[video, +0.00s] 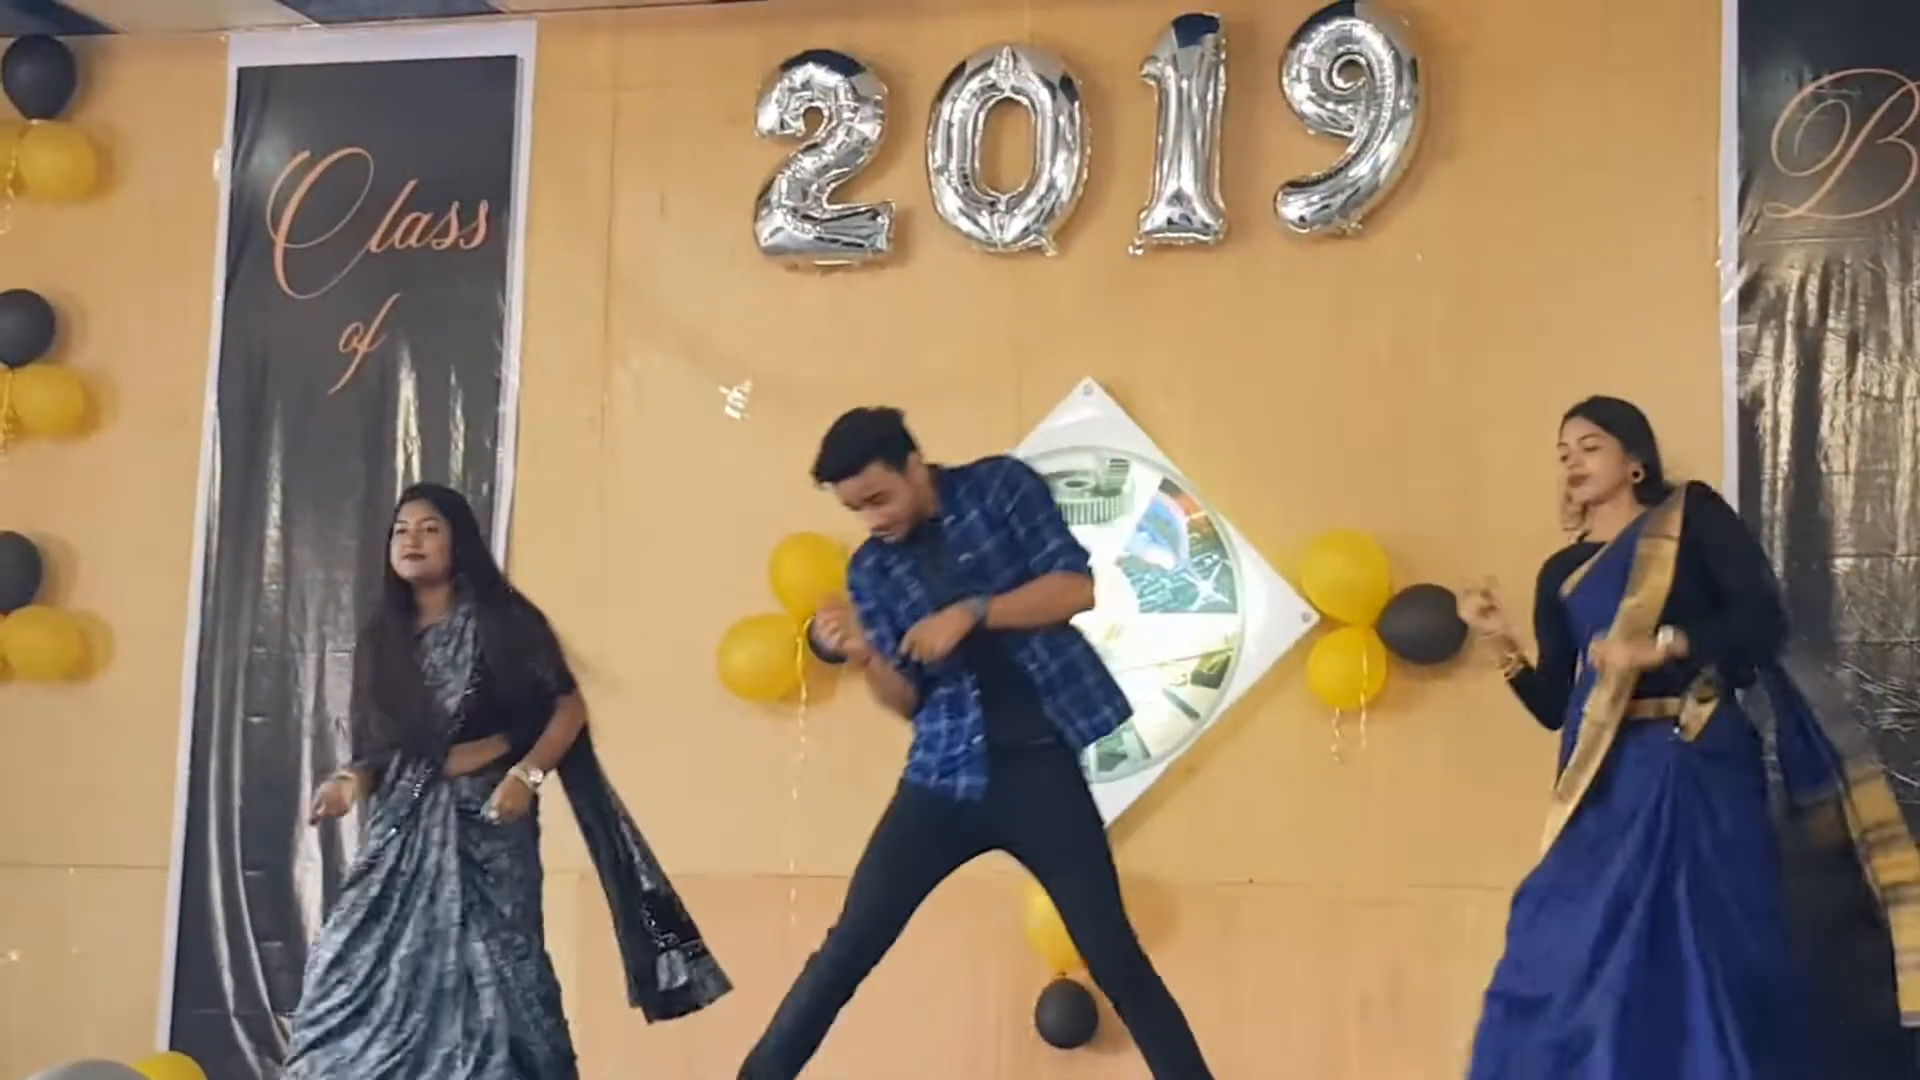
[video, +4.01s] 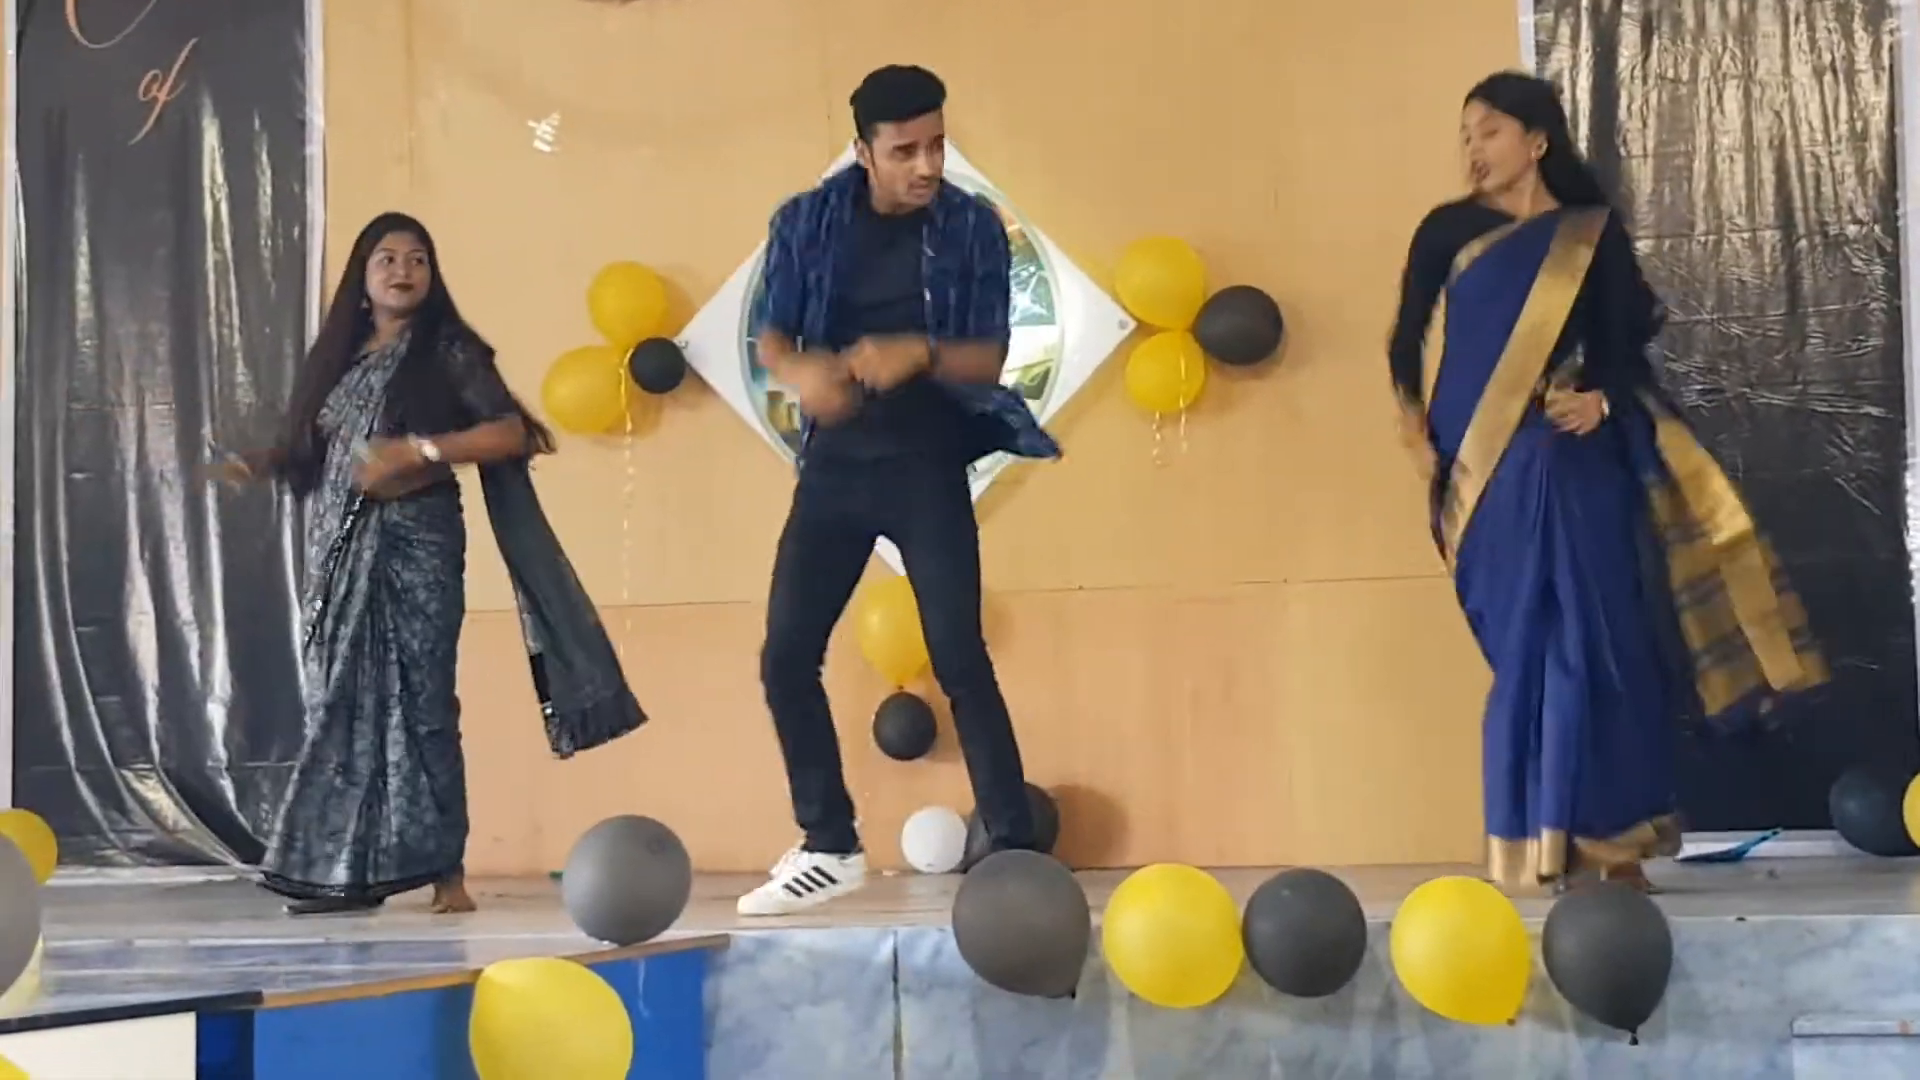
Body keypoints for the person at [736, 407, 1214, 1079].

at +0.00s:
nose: (872, 521)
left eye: (878, 500)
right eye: (855, 509)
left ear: (917, 466)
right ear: (843, 502)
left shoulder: (1002, 486)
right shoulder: (871, 569)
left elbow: (1075, 589)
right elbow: (907, 702)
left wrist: (971, 613)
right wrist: (864, 656)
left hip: (1039, 769)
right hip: (943, 777)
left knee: (1115, 962)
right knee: (850, 949)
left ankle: (1191, 1076)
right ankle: (758, 1076)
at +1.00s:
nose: (846, 80)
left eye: (868, 72)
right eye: (851, 65)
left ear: (915, 98)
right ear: (876, 85)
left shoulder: (907, 177)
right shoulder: (867, 179)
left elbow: (875, 320)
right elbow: (826, 317)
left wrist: (834, 241)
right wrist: (779, 289)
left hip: (860, 451)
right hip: (824, 451)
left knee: (850, 648)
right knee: (743, 622)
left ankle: (996, 806)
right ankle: (699, 822)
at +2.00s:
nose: (902, 233)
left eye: (918, 214)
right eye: (889, 218)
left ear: (960, 213)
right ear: (880, 223)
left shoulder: (1009, 325)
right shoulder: (862, 320)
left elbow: (1020, 461)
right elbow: (852, 444)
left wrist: (930, 397)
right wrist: (811, 510)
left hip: (976, 549)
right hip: (899, 557)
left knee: (942, 752)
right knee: (953, 767)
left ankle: (987, 949)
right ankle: (1124, 919)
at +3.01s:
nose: (567, 244)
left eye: (577, 225)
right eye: (547, 231)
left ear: (591, 214)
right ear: (510, 225)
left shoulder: (630, 275)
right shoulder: (472, 296)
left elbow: (751, 328)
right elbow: (369, 380)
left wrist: (688, 245)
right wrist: (408, 276)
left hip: (626, 534)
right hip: (527, 539)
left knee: (644, 696)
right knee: (501, 734)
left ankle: (631, 869)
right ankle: (477, 924)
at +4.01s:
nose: (928, 166)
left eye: (936, 146)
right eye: (908, 152)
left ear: (944, 138)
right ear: (865, 149)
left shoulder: (972, 226)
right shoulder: (807, 221)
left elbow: (989, 361)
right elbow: (767, 342)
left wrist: (921, 352)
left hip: (930, 471)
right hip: (833, 472)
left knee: (959, 657)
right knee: (787, 660)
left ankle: (1010, 854)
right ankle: (830, 849)